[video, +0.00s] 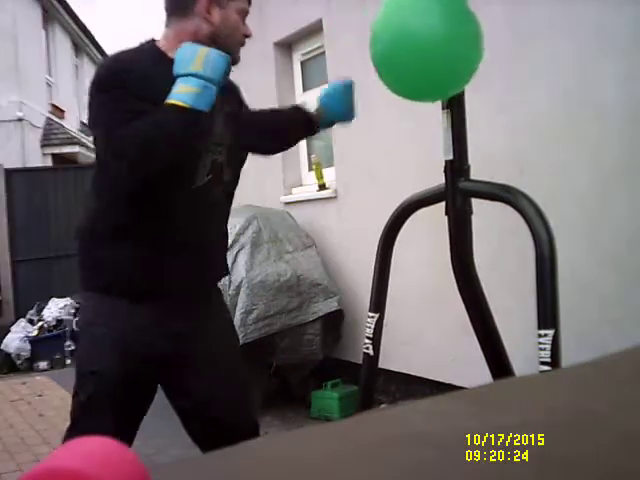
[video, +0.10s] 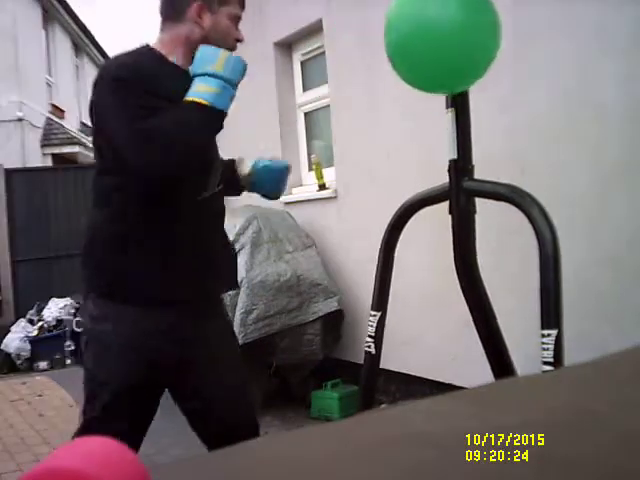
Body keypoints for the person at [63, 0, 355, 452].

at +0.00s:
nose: (249, 31)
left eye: (248, 17)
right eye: (243, 14)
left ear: (207, 13)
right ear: (207, 10)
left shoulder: (222, 92)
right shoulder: (123, 73)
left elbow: (255, 132)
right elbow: (129, 162)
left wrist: (316, 113)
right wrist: (190, 88)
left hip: (195, 300)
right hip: (123, 302)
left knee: (238, 447)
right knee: (92, 454)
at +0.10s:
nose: (239, 36)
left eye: (240, 23)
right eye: (235, 20)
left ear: (200, 17)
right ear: (200, 14)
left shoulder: (190, 87)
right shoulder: (122, 76)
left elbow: (183, 180)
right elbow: (157, 164)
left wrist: (244, 176)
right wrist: (207, 92)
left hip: (193, 303)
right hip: (130, 304)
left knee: (239, 444)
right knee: (104, 453)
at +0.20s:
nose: (223, 43)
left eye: (225, 32)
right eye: (219, 29)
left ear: (182, 23)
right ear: (184, 21)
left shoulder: (166, 93)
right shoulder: (120, 78)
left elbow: (159, 195)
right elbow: (168, 159)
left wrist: (213, 176)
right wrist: (213, 94)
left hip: (179, 309)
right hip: (126, 313)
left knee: (230, 432)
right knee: (110, 455)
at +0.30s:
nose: (197, 52)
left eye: (200, 41)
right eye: (194, 38)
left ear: (159, 32)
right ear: (160, 30)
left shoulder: (142, 102)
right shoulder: (100, 87)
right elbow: (155, 169)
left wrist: (192, 156)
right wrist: (196, 102)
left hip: (162, 317)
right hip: (104, 324)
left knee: (221, 444)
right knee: (105, 466)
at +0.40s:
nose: (168, 63)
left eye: (169, 51)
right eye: (163, 48)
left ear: (127, 44)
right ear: (128, 40)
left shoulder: (112, 113)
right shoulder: (65, 100)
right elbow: (125, 180)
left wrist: (166, 146)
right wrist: (161, 124)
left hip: (137, 333)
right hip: (76, 341)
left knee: (209, 450)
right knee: (81, 472)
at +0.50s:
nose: (139, 68)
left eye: (138, 55)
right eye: (133, 52)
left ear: (96, 49)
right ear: (97, 45)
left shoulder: (79, 121)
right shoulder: (28, 108)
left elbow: (90, 205)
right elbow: (78, 201)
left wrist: (132, 175)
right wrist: (123, 134)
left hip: (106, 333)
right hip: (54, 341)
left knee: (180, 450)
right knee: (64, 468)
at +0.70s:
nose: (97, 28)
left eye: (97, 13)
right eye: (90, 10)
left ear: (52, 10)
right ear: (51, 7)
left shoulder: (58, 75)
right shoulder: (3, 68)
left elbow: (62, 178)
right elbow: (23, 174)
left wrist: (97, 138)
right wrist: (68, 88)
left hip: (86, 286)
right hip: (25, 290)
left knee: (135, 418)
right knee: (24, 448)